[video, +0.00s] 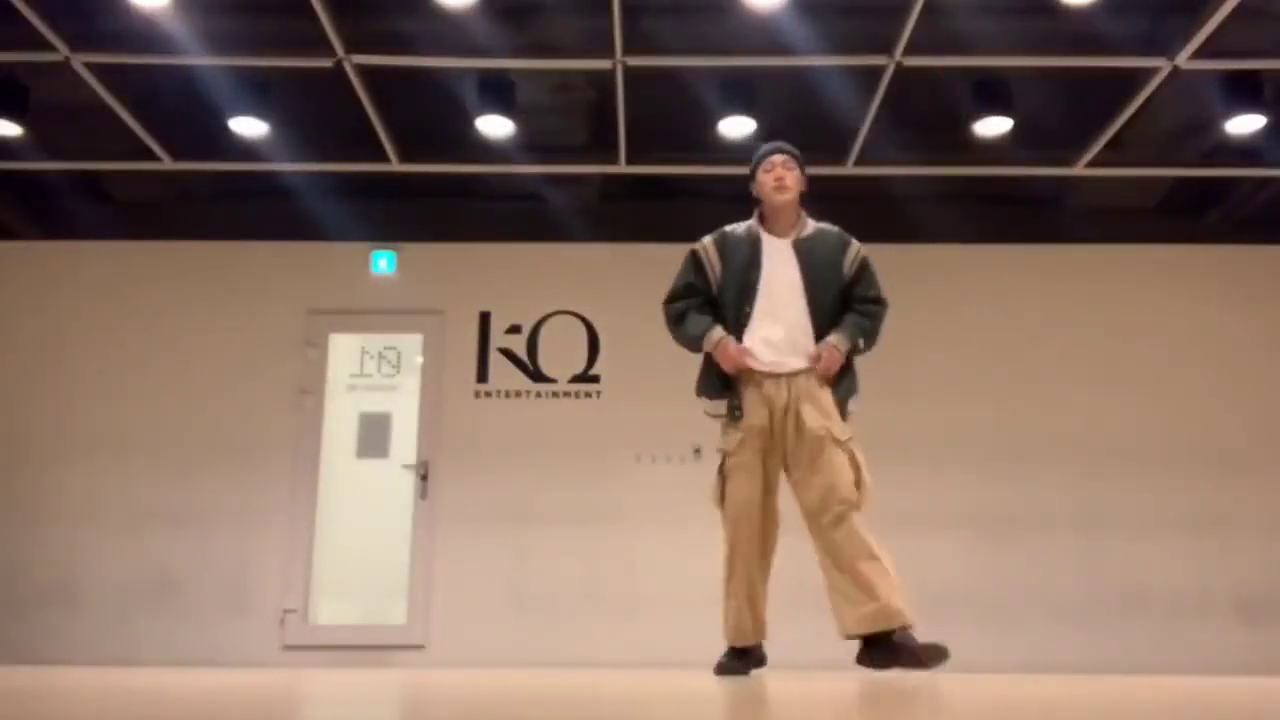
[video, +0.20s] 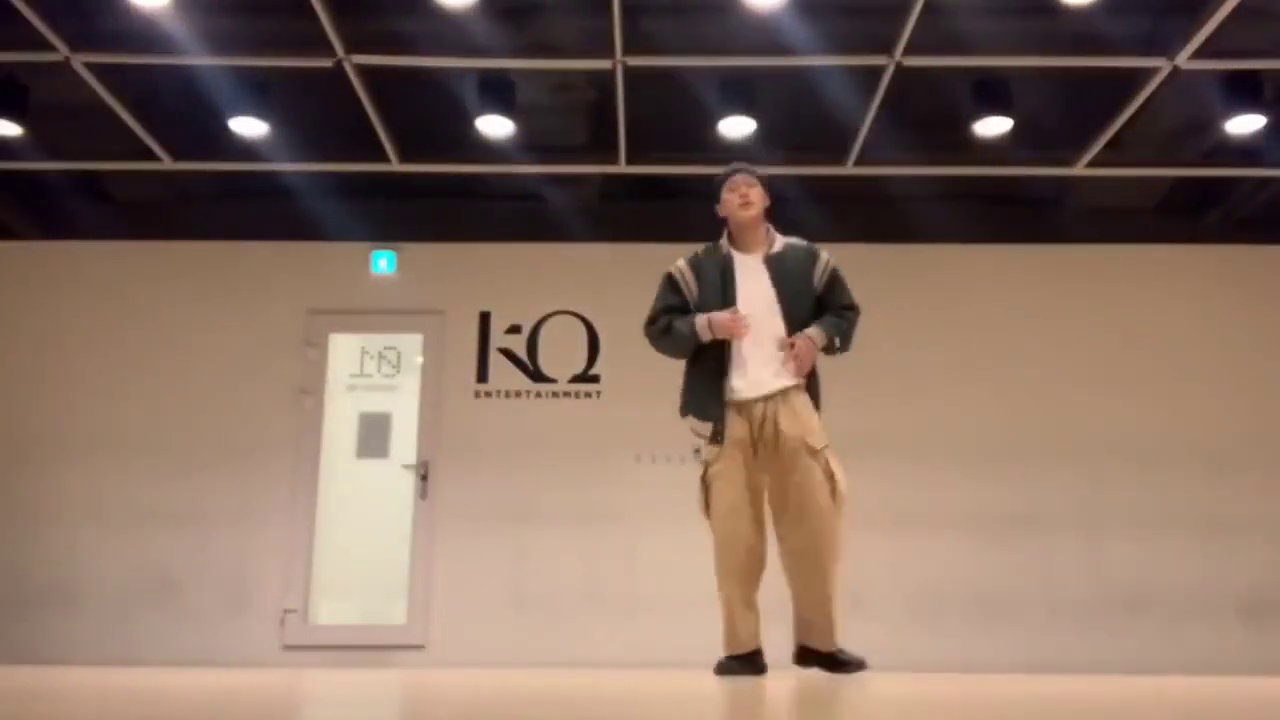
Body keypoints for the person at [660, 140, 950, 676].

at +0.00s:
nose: (778, 174)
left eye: (787, 167)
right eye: (768, 169)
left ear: (804, 184)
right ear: (754, 188)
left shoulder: (837, 245)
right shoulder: (722, 246)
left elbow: (870, 306)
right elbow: (681, 305)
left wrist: (840, 342)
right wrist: (716, 341)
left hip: (812, 390)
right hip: (747, 392)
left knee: (836, 511)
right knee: (745, 519)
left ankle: (882, 633)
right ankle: (744, 643)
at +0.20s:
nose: (743, 193)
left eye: (751, 187)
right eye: (733, 189)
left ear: (767, 202)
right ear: (719, 209)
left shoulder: (805, 259)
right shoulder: (694, 269)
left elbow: (845, 311)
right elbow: (659, 331)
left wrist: (815, 338)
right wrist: (706, 325)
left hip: (792, 410)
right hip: (727, 415)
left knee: (814, 528)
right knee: (735, 538)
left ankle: (816, 644)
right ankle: (743, 651)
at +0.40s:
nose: (735, 197)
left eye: (742, 191)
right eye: (724, 193)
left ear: (756, 206)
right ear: (710, 215)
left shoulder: (793, 261)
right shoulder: (687, 271)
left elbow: (833, 318)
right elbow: (659, 336)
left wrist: (805, 310)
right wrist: (693, 308)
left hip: (778, 410)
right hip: (716, 412)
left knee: (770, 523)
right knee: (721, 522)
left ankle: (757, 639)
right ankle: (739, 642)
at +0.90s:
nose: (764, 230)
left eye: (765, 223)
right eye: (754, 223)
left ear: (762, 238)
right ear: (728, 232)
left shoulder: (768, 295)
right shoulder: (686, 269)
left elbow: (788, 368)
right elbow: (648, 306)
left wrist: (797, 333)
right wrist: (705, 286)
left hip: (743, 422)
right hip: (693, 414)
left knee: (737, 525)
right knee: (693, 512)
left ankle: (723, 642)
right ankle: (688, 627)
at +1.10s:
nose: (751, 244)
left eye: (752, 238)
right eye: (742, 236)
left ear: (741, 248)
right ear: (715, 241)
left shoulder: (735, 307)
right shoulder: (684, 277)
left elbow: (730, 373)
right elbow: (655, 330)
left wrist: (764, 377)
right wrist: (723, 338)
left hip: (728, 432)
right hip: (684, 424)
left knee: (736, 537)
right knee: (682, 525)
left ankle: (718, 648)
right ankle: (646, 634)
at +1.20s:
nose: (740, 247)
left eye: (740, 239)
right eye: (733, 237)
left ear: (719, 243)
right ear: (706, 239)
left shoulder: (720, 299)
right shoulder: (672, 281)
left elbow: (723, 364)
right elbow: (661, 349)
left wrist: (739, 393)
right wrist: (702, 386)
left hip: (718, 430)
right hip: (674, 426)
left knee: (725, 536)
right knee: (672, 530)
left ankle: (714, 647)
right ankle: (636, 632)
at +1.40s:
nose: (715, 253)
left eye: (714, 246)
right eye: (708, 244)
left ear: (690, 250)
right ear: (680, 246)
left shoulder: (700, 312)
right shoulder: (640, 299)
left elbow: (701, 379)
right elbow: (625, 370)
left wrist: (716, 408)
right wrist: (631, 435)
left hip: (695, 449)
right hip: (650, 446)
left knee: (722, 536)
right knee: (645, 546)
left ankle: (715, 647)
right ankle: (627, 644)